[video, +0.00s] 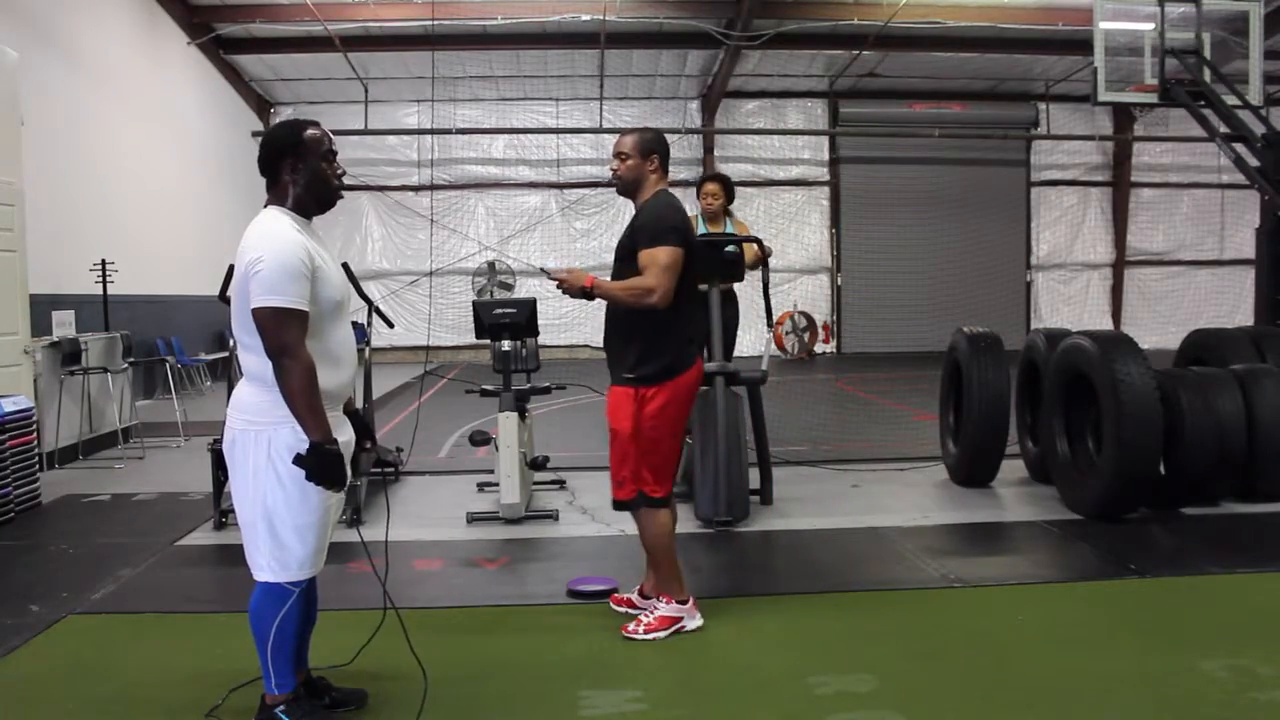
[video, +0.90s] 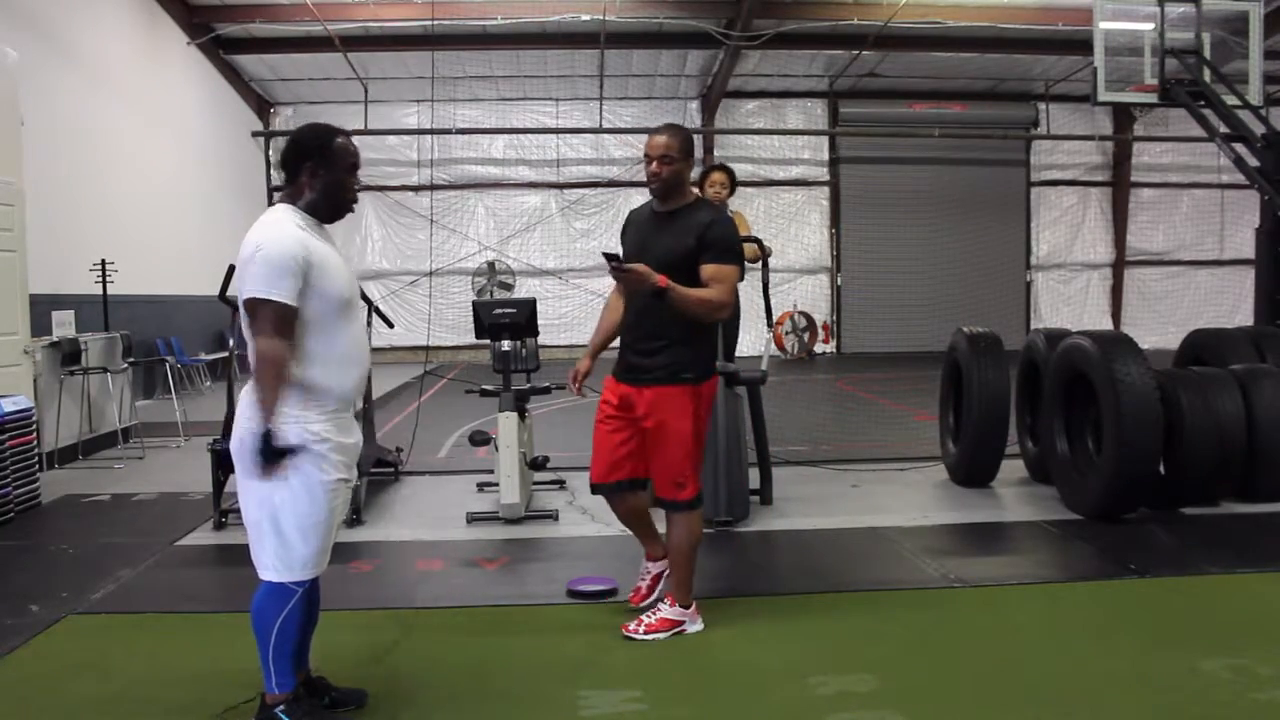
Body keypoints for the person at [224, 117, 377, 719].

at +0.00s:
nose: (341, 170)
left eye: (337, 159)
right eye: (329, 159)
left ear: (295, 171)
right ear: (293, 169)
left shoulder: (297, 238)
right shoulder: (275, 242)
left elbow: (314, 344)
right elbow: (285, 352)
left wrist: (351, 410)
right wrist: (321, 441)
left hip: (300, 428)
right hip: (277, 432)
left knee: (300, 566)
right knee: (283, 572)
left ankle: (297, 681)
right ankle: (280, 699)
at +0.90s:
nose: (357, 187)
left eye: (357, 174)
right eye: (350, 174)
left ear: (315, 175)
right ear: (312, 173)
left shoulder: (310, 235)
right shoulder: (279, 236)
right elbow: (268, 337)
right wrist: (266, 425)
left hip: (319, 427)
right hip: (289, 431)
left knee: (305, 568)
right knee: (288, 573)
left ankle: (298, 680)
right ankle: (279, 699)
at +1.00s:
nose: (370, 189)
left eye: (370, 177)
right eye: (363, 175)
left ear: (324, 175)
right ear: (324, 174)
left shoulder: (318, 236)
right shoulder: (282, 235)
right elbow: (243, 321)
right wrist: (202, 383)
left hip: (323, 429)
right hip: (291, 434)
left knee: (306, 566)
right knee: (287, 571)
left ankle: (299, 681)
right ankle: (278, 698)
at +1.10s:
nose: (378, 191)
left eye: (379, 179)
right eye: (371, 178)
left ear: (332, 177)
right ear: (330, 175)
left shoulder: (324, 239)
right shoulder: (284, 233)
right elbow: (237, 309)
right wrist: (191, 310)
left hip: (326, 426)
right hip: (292, 431)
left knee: (307, 565)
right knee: (289, 572)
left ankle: (297, 683)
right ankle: (280, 700)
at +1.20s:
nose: (378, 192)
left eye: (379, 179)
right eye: (370, 178)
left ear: (333, 178)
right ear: (331, 176)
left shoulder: (326, 235)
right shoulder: (289, 227)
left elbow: (327, 339)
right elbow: (241, 301)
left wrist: (356, 420)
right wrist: (240, 245)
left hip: (324, 426)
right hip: (290, 430)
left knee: (307, 566)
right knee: (290, 571)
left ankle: (299, 681)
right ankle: (280, 698)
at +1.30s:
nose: (369, 194)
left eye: (371, 185)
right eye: (363, 182)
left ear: (326, 174)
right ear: (330, 176)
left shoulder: (326, 234)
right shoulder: (286, 220)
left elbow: (353, 230)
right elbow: (262, 287)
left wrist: (375, 192)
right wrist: (313, 222)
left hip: (323, 423)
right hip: (287, 426)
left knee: (310, 562)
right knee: (292, 567)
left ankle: (299, 681)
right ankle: (279, 698)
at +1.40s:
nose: (378, 192)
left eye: (379, 180)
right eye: (371, 179)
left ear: (334, 177)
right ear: (332, 174)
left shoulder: (328, 232)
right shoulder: (290, 224)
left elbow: (366, 265)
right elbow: (286, 288)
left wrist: (416, 228)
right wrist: (363, 260)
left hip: (319, 420)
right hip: (283, 423)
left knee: (319, 562)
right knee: (304, 567)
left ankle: (299, 678)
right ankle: (280, 698)